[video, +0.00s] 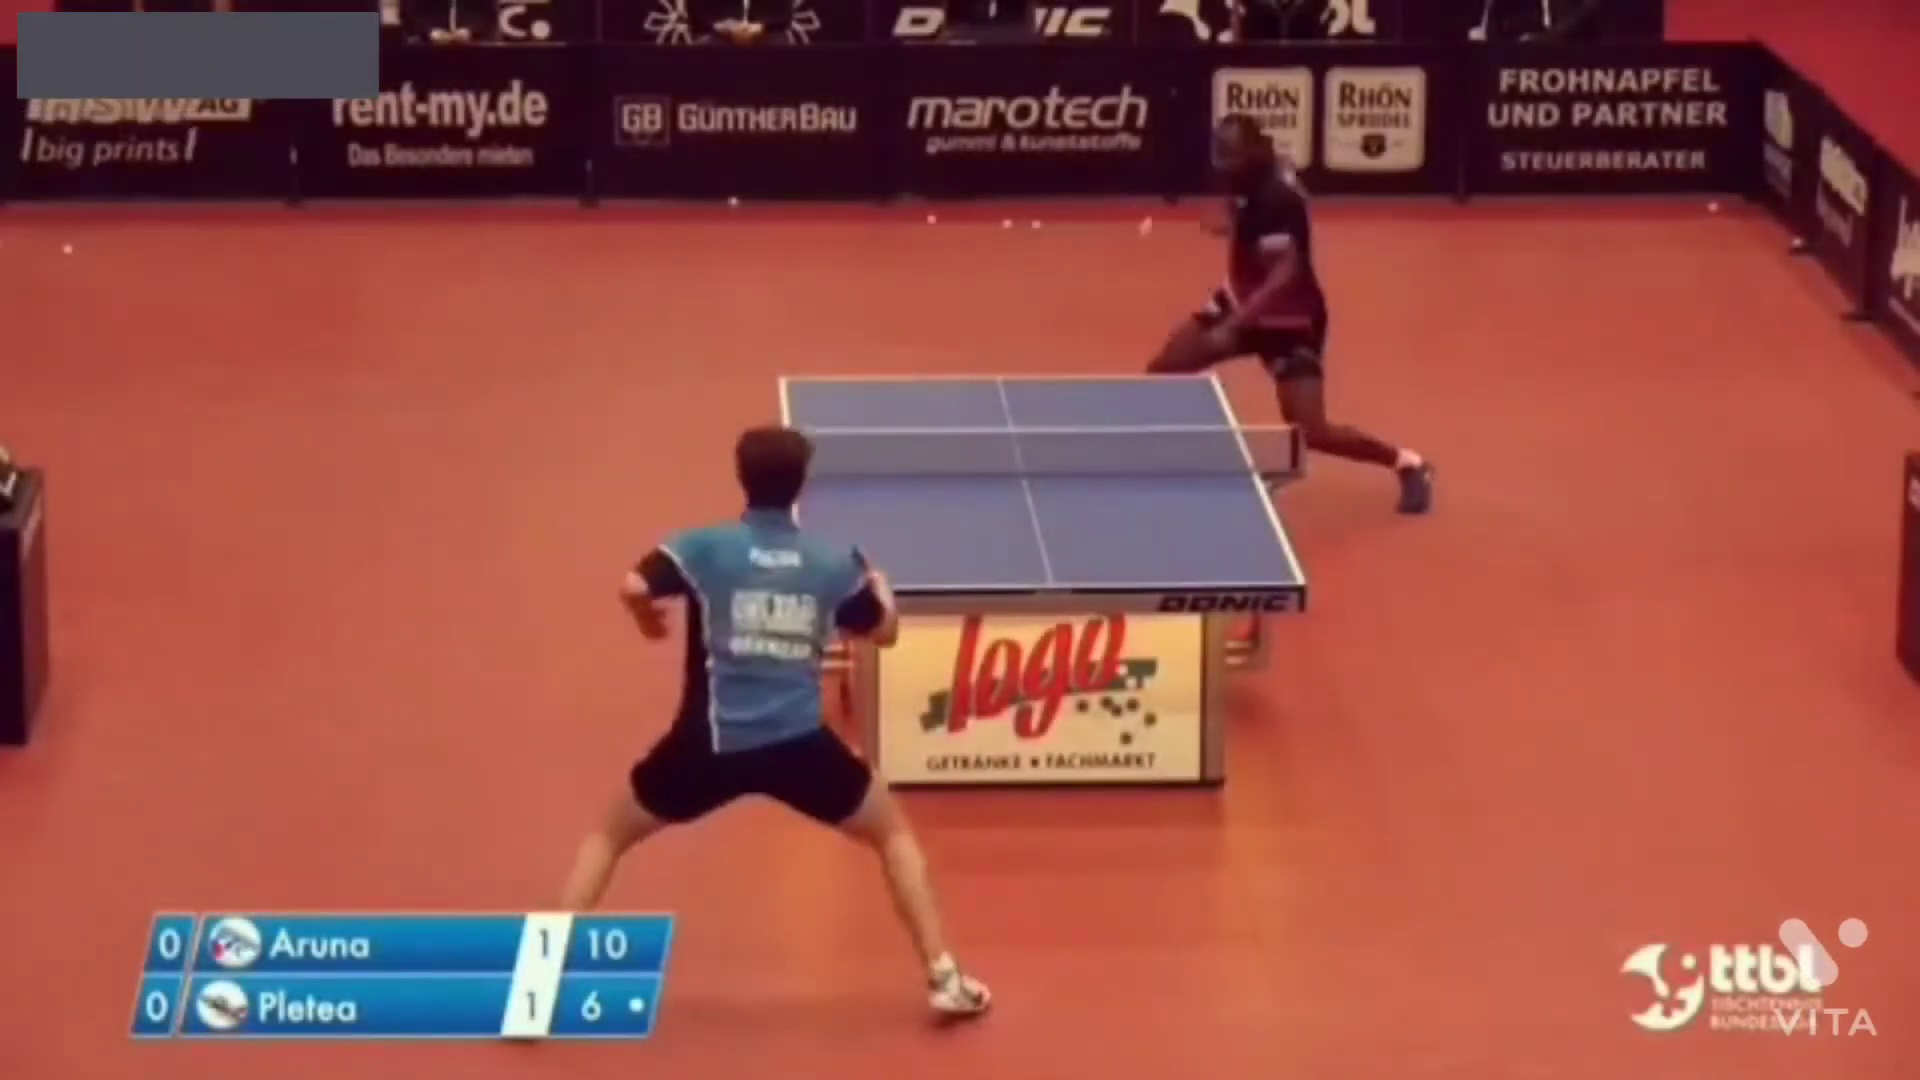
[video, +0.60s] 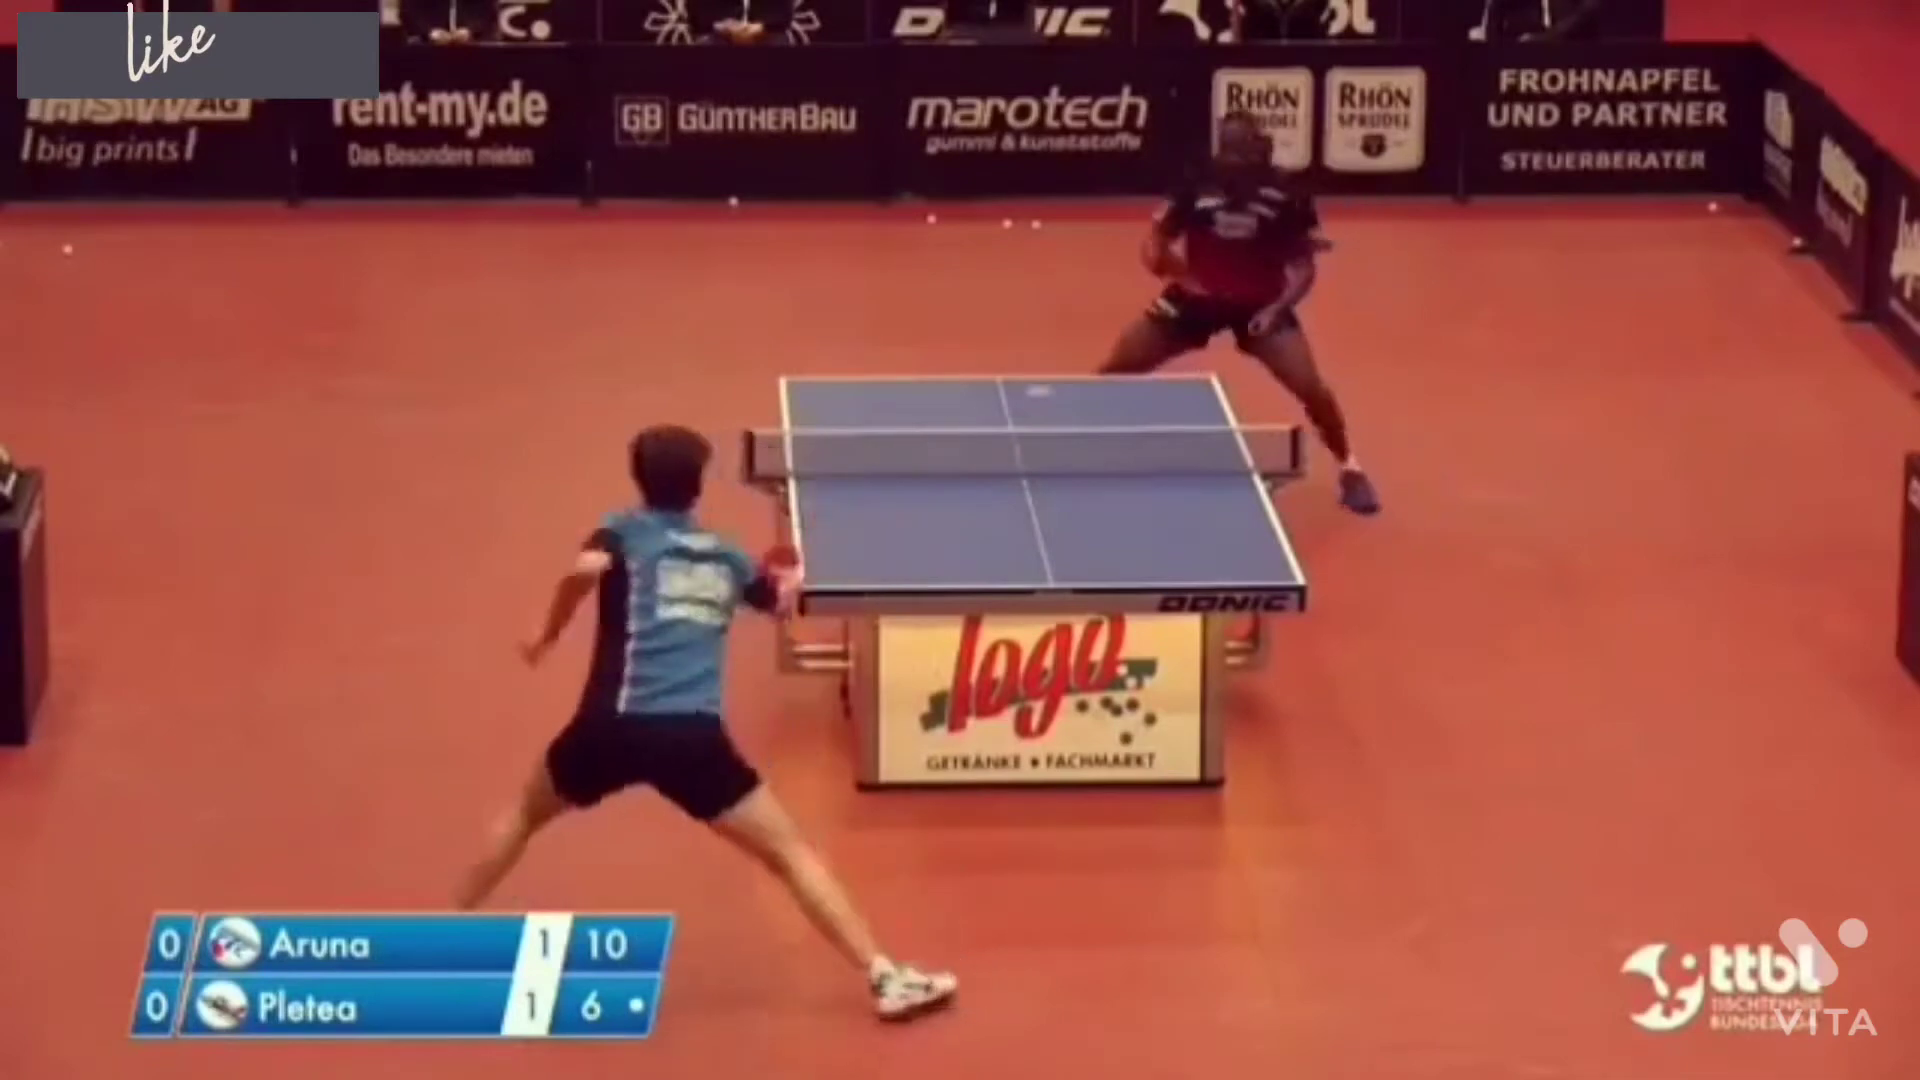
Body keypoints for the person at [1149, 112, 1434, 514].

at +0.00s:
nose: (1221, 157)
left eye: (1229, 149)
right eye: (1219, 148)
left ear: (1257, 149)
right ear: (1226, 150)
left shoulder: (1276, 196)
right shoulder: (1249, 186)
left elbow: (1286, 272)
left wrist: (1233, 322)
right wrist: (1231, 227)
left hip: (1290, 324)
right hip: (1245, 312)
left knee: (1310, 430)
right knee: (1161, 373)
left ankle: (1407, 464)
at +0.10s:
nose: (1288, 164)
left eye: (1295, 157)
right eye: (1287, 158)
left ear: (1319, 158)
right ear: (1294, 161)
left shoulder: (1337, 210)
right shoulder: (1293, 189)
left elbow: (1294, 278)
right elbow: (1266, 199)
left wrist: (1214, 282)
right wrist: (1253, 181)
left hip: (1302, 327)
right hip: (1255, 308)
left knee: (1322, 430)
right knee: (1165, 363)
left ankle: (1415, 465)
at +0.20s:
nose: (1332, 185)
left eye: (1344, 179)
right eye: (1331, 175)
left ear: (1361, 189)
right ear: (1326, 171)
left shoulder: (1363, 249)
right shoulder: (1309, 177)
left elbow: (1305, 292)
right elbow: (1264, 140)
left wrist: (1251, 260)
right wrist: (1320, 120)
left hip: (1309, 335)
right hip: (1252, 311)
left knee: (1335, 429)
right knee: (1158, 369)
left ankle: (1418, 467)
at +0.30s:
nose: (1349, 183)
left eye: (1360, 178)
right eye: (1347, 174)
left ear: (1373, 189)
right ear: (1340, 174)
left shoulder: (1374, 246)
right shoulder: (1317, 188)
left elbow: (1353, 312)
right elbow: (1276, 143)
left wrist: (1271, 314)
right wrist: (1345, 152)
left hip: (1314, 333)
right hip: (1256, 315)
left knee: (1343, 413)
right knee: (1183, 374)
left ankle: (1417, 473)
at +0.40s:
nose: (1330, 187)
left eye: (1340, 180)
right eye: (1325, 177)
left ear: (1358, 187)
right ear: (1315, 174)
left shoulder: (1362, 234)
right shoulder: (1292, 196)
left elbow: (1348, 303)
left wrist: (1270, 324)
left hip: (1305, 326)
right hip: (1241, 312)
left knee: (1340, 404)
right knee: (1170, 375)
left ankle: (1417, 473)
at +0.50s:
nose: (1271, 158)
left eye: (1281, 152)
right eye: (1267, 149)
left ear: (1301, 156)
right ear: (1257, 147)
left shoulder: (1319, 199)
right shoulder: (1233, 177)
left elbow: (1321, 274)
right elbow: (1172, 224)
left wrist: (1278, 318)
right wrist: (1196, 197)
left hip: (1280, 306)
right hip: (1214, 294)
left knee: (1329, 388)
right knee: (1124, 362)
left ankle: (1386, 463)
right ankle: (1082, 449)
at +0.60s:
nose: (1235, 159)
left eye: (1244, 150)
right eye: (1228, 150)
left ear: (1262, 151)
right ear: (1216, 152)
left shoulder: (1285, 198)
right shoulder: (1198, 190)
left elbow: (1304, 269)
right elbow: (1155, 249)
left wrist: (1279, 308)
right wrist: (1184, 277)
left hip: (1261, 308)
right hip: (1195, 301)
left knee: (1313, 391)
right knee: (1113, 372)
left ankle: (1349, 467)